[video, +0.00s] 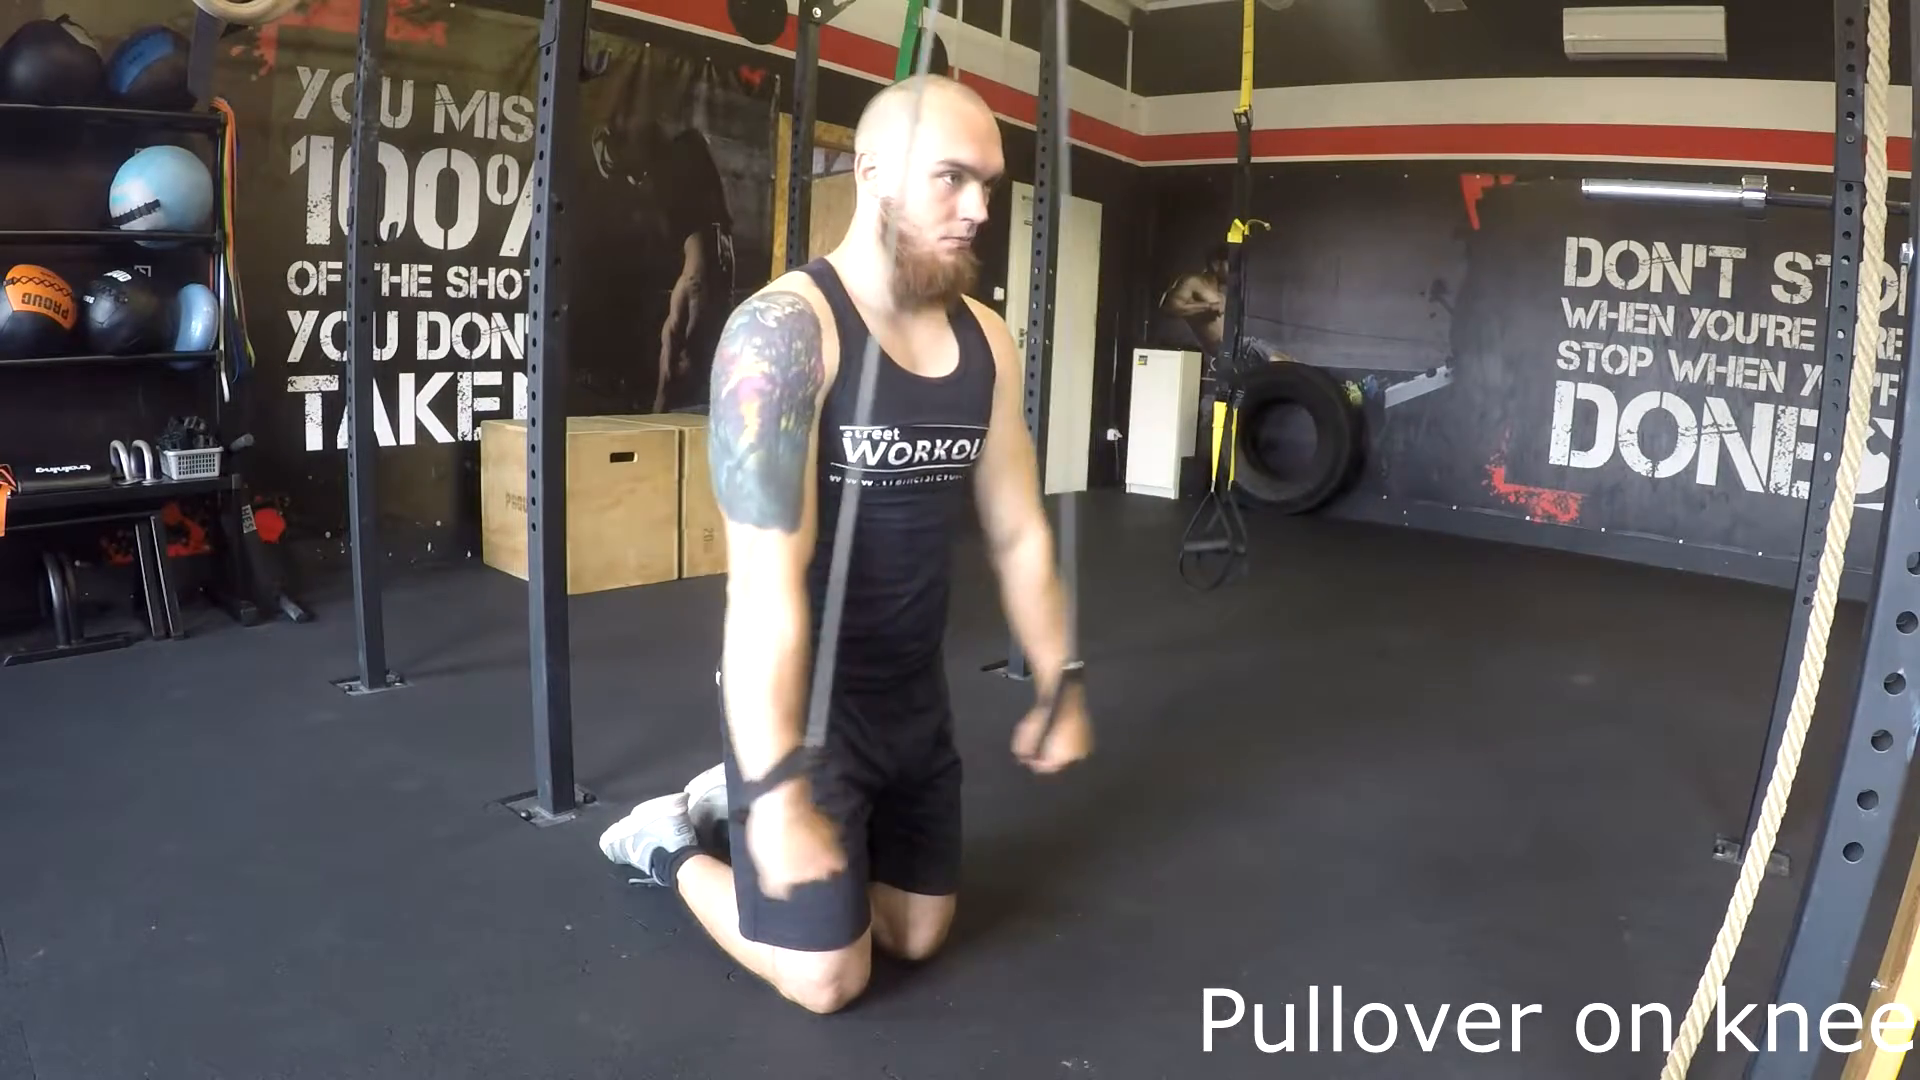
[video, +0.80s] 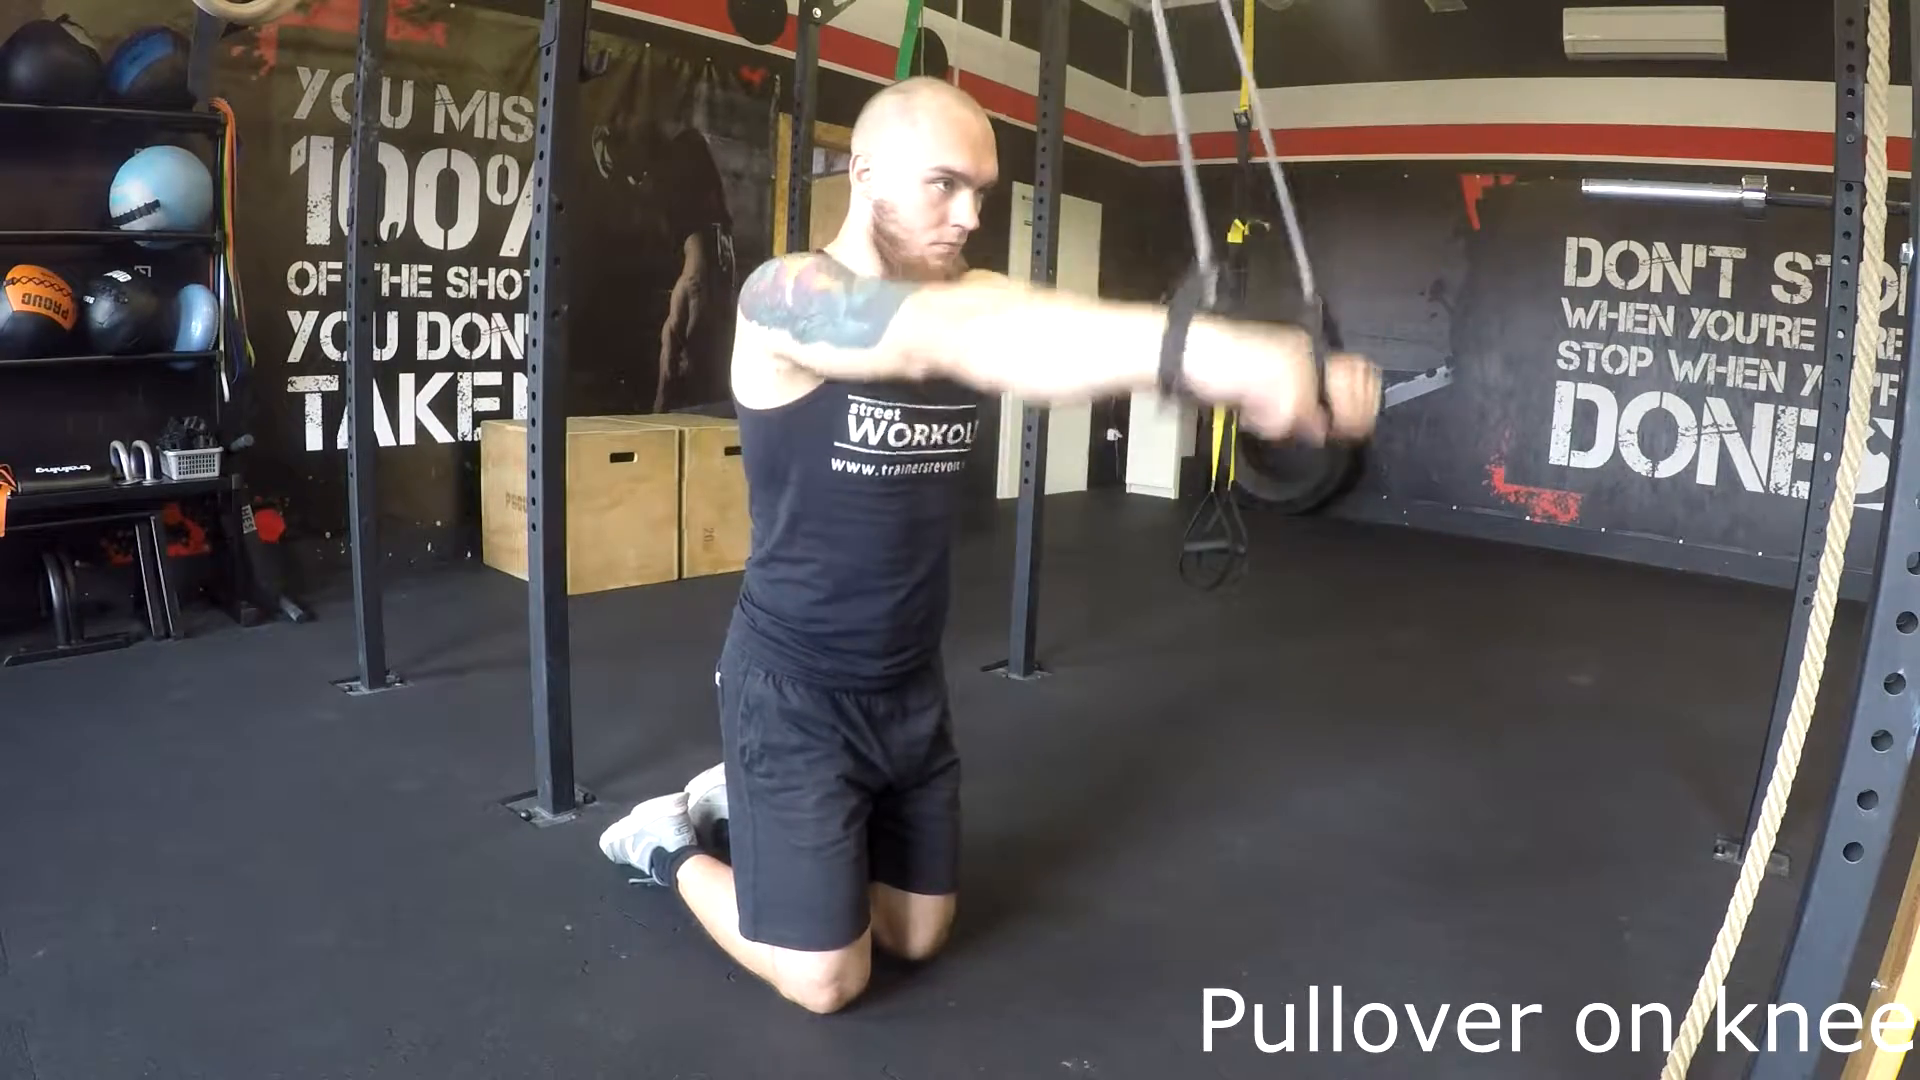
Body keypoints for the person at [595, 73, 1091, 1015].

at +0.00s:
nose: (977, 208)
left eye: (989, 184)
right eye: (951, 176)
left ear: (995, 193)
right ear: (871, 174)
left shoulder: (985, 338)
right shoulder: (781, 333)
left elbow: (1019, 530)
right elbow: (765, 582)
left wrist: (1058, 676)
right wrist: (780, 787)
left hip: (913, 697)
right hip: (804, 704)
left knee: (916, 932)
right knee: (825, 979)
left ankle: (732, 807)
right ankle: (672, 855)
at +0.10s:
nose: (973, 207)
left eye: (984, 182)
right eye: (948, 177)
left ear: (992, 189)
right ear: (869, 176)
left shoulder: (986, 333)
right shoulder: (782, 328)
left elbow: (1042, 513)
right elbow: (799, 569)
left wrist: (1114, 666)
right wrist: (845, 773)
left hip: (912, 678)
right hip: (798, 686)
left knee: (915, 931)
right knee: (824, 979)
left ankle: (744, 804)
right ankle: (670, 852)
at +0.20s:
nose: (969, 207)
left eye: (980, 181)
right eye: (943, 174)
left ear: (987, 191)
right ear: (863, 175)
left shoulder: (978, 325)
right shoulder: (780, 325)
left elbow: (1064, 486)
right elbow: (846, 537)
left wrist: (1168, 640)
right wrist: (937, 727)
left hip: (921, 676)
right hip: (798, 685)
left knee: (915, 933)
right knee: (822, 978)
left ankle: (754, 806)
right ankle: (669, 851)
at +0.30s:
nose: (966, 209)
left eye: (977, 185)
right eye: (942, 179)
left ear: (985, 190)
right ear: (864, 176)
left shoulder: (974, 320)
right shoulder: (781, 315)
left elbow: (1083, 450)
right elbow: (894, 481)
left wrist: (1216, 580)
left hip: (910, 680)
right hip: (794, 684)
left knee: (913, 934)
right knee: (823, 980)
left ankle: (745, 806)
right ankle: (670, 853)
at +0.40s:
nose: (964, 212)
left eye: (976, 188)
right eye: (940, 180)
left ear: (982, 194)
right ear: (862, 177)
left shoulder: (971, 316)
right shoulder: (779, 307)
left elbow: (1091, 406)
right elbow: (938, 414)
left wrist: (1237, 496)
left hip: (909, 682)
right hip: (793, 685)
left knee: (914, 931)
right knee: (823, 978)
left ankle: (739, 816)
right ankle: (672, 856)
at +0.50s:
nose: (960, 214)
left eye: (974, 191)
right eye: (936, 182)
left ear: (979, 196)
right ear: (857, 172)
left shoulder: (967, 312)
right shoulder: (776, 291)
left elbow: (1096, 370)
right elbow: (927, 328)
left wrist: (1257, 415)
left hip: (908, 680)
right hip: (790, 682)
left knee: (915, 933)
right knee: (822, 979)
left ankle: (744, 804)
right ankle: (671, 856)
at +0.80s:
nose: (968, 217)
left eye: (983, 194)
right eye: (945, 186)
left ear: (986, 197)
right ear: (865, 174)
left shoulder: (961, 302)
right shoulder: (784, 293)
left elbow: (1054, 356)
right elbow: (953, 336)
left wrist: (1266, 372)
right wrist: (1197, 351)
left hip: (909, 681)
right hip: (793, 684)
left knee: (916, 932)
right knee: (822, 980)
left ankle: (745, 806)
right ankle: (676, 854)